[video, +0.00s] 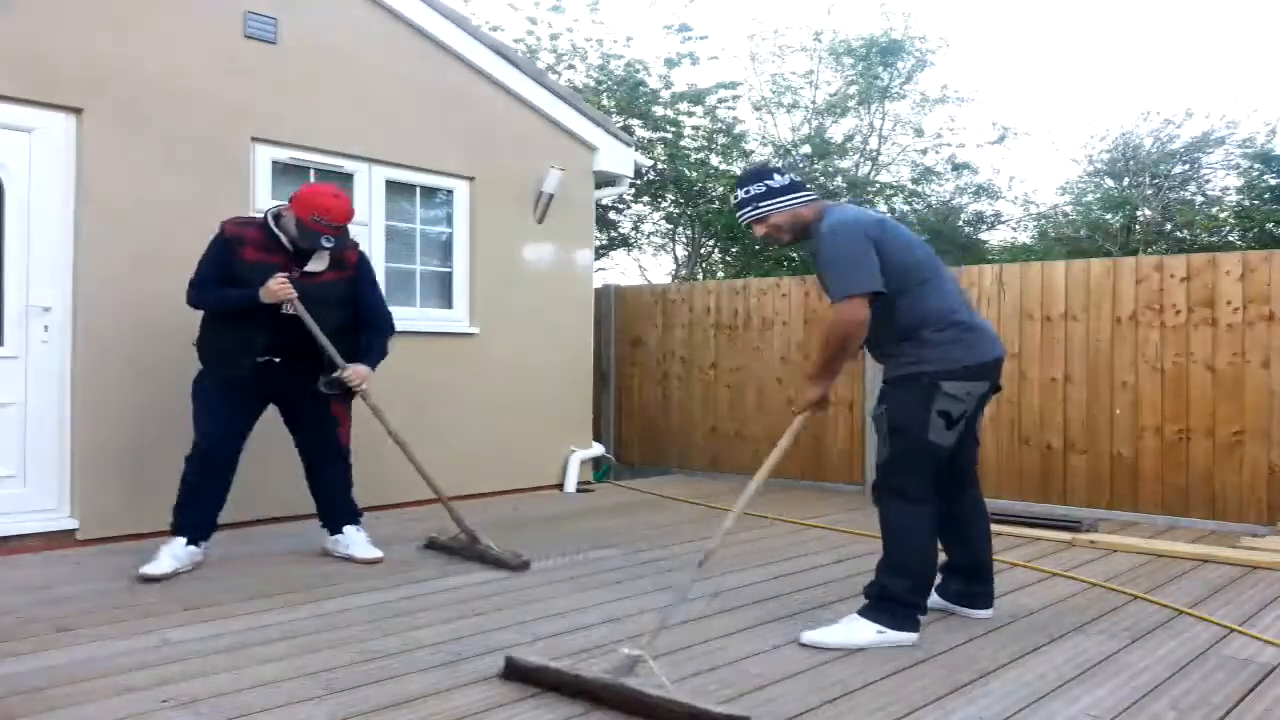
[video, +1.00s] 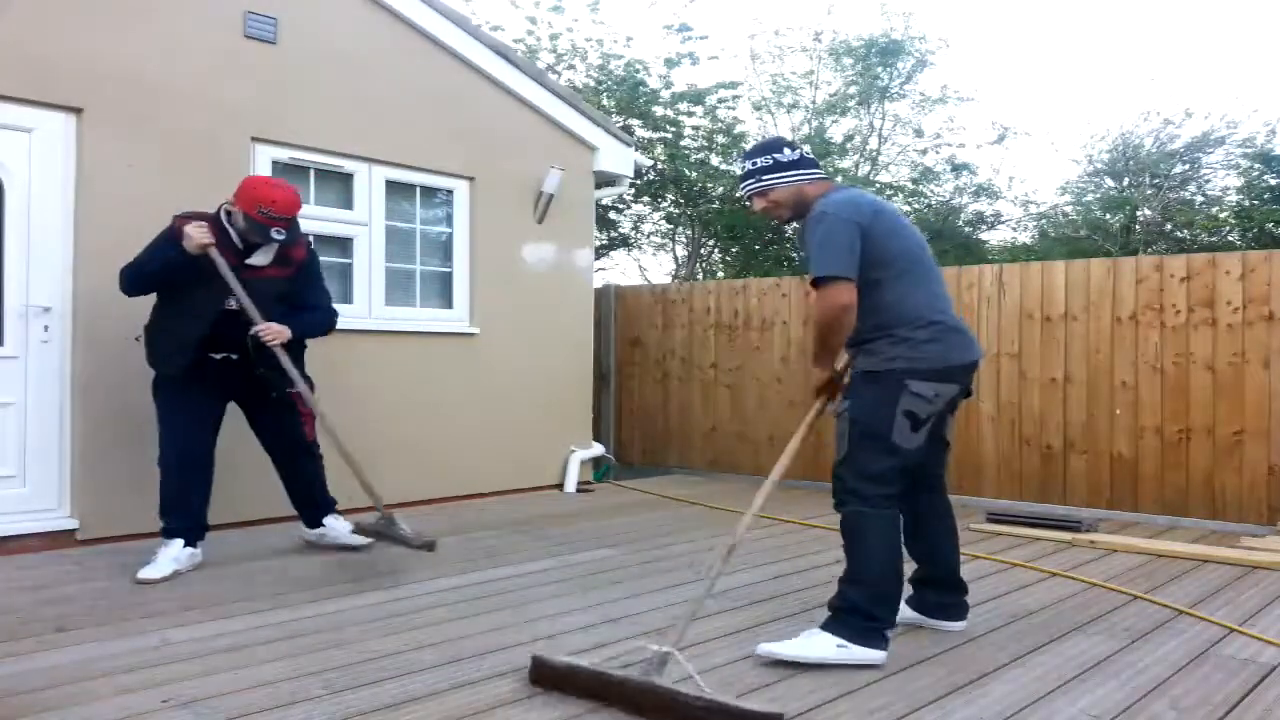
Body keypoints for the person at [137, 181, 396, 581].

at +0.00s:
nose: (318, 249)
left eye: (327, 242)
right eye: (312, 240)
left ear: (338, 230)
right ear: (291, 219)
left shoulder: (349, 260)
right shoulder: (238, 238)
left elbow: (379, 324)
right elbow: (198, 294)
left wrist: (366, 362)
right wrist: (257, 294)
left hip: (309, 374)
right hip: (234, 370)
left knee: (328, 449)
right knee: (212, 451)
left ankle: (344, 530)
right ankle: (188, 541)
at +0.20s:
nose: (272, 243)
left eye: (280, 236)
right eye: (264, 234)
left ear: (291, 225)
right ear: (240, 217)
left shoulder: (305, 255)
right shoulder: (194, 234)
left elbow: (332, 320)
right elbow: (141, 288)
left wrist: (295, 353)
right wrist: (187, 274)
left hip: (267, 369)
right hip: (196, 368)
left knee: (296, 447)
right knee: (188, 454)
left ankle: (329, 526)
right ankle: (184, 543)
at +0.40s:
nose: (238, 245)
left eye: (247, 237)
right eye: (230, 234)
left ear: (261, 224)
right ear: (208, 214)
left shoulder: (279, 253)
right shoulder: (168, 232)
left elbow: (289, 321)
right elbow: (106, 284)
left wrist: (231, 345)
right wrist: (141, 253)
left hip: (251, 363)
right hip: (175, 360)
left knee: (266, 443)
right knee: (179, 451)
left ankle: (264, 524)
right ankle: (182, 541)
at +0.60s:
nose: (232, 242)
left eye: (241, 235)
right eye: (224, 232)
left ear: (254, 222)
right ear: (202, 213)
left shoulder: (270, 250)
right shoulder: (164, 232)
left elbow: (263, 321)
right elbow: (90, 279)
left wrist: (194, 336)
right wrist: (130, 245)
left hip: (243, 362)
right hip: (174, 362)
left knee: (256, 441)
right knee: (177, 450)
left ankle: (256, 527)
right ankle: (181, 544)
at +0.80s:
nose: (235, 244)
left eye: (247, 237)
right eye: (228, 233)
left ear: (262, 224)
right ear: (206, 211)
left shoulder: (275, 251)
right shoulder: (173, 233)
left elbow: (283, 316)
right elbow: (91, 271)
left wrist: (220, 325)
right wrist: (141, 235)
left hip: (243, 354)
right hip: (169, 354)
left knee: (269, 435)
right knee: (177, 444)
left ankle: (286, 523)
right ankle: (181, 542)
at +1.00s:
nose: (264, 244)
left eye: (273, 237)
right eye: (258, 234)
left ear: (286, 227)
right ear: (234, 214)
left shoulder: (297, 253)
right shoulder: (191, 232)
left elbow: (324, 315)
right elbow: (130, 283)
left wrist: (290, 329)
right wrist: (182, 250)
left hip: (263, 365)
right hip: (191, 365)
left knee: (295, 442)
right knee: (184, 453)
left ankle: (320, 520)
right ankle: (182, 542)